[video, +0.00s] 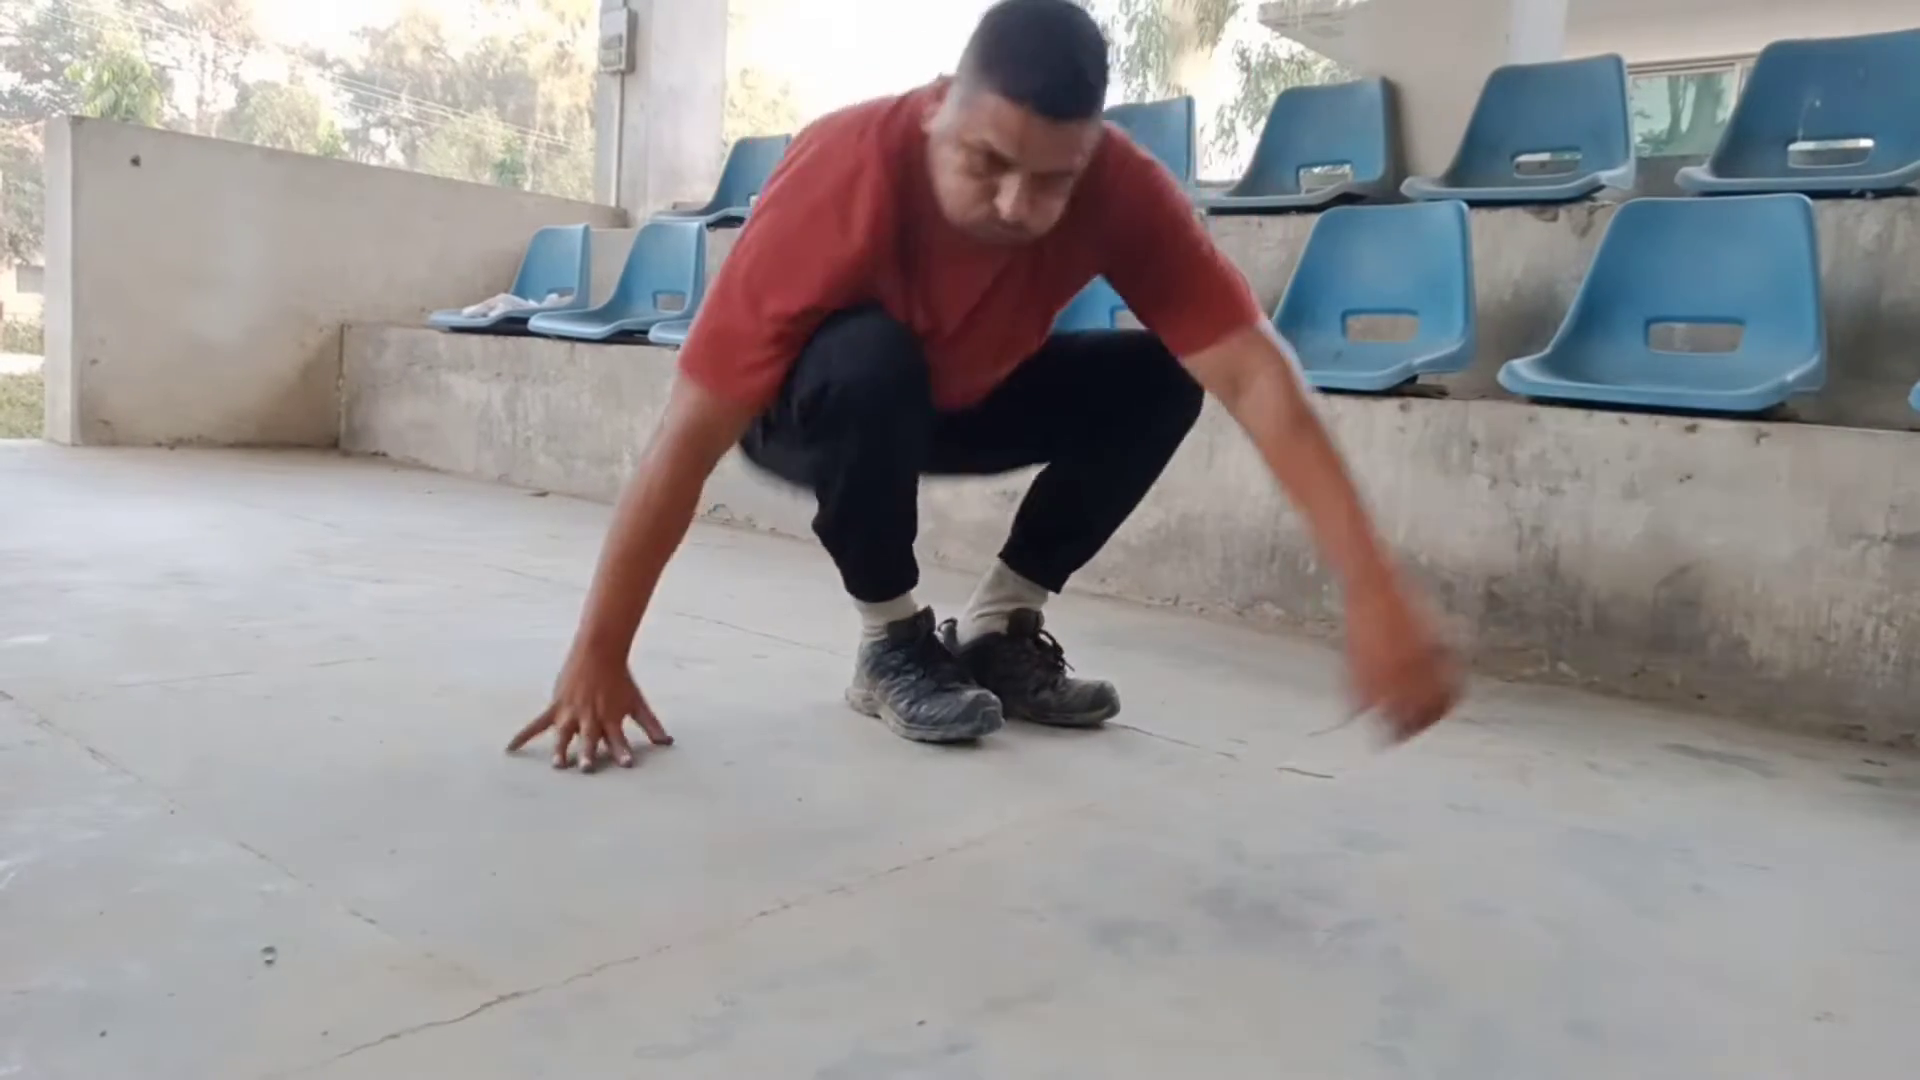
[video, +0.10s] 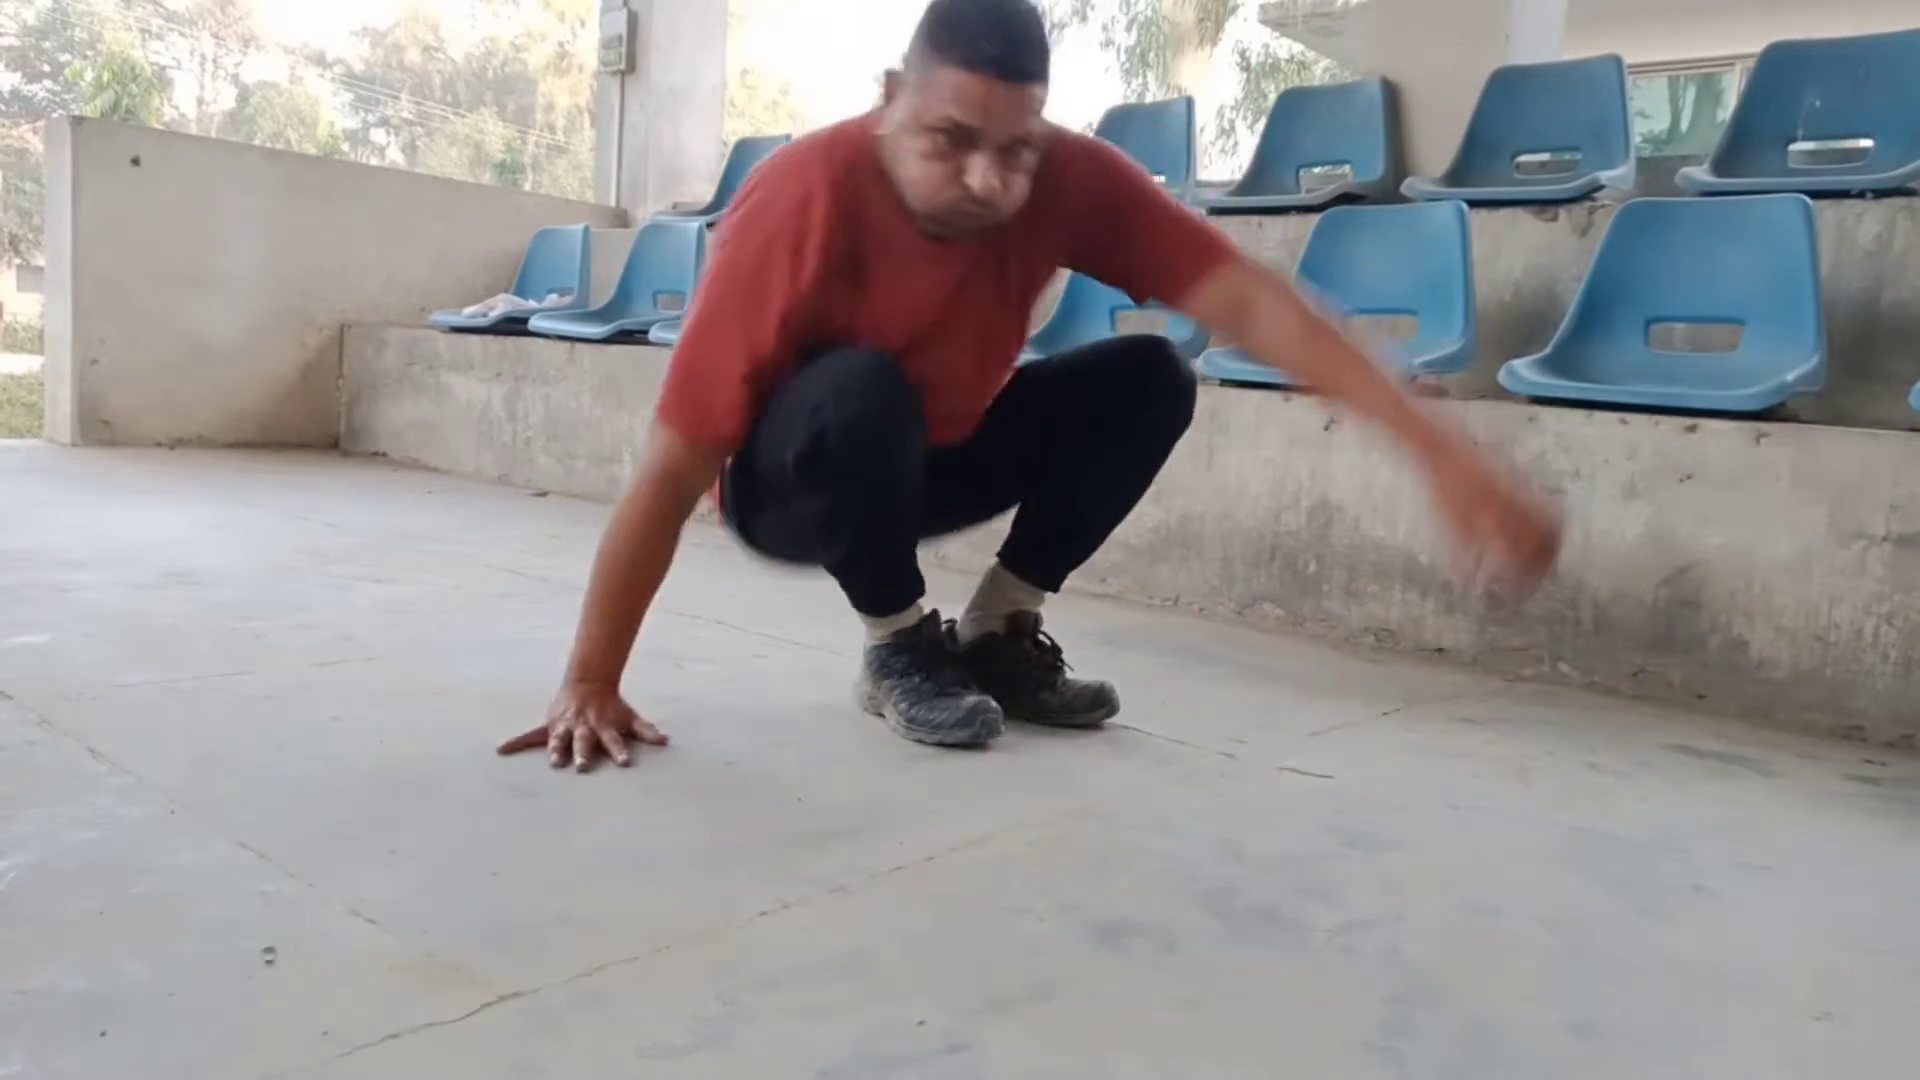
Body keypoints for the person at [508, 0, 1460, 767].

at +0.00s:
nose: (1020, 206)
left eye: (1056, 181)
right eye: (993, 167)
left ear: (1094, 150)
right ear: (945, 110)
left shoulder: (1121, 190)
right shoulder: (843, 176)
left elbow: (1256, 381)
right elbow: (694, 427)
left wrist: (1374, 590)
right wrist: (600, 652)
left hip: (966, 412)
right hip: (812, 411)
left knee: (1158, 375)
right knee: (872, 358)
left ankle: (1005, 632)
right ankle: (895, 642)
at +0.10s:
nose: (991, 180)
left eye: (1020, 148)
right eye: (956, 142)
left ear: (1047, 123)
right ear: (892, 111)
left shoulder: (1070, 178)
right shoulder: (800, 198)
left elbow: (1248, 300)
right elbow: (678, 459)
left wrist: (1448, 460)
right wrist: (593, 683)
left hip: (943, 461)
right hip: (791, 476)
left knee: (1150, 384)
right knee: (860, 390)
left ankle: (1000, 633)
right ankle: (902, 645)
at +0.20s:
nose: (928, 151)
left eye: (952, 121)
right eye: (894, 118)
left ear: (973, 104)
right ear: (820, 93)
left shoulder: (1000, 161)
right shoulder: (740, 212)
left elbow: (1212, 215)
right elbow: (631, 466)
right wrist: (584, 690)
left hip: (943, 477)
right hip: (785, 527)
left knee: (1147, 386)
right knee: (830, 433)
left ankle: (992, 632)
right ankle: (973, 638)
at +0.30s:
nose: (869, 127)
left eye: (890, 95)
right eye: (832, 95)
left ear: (908, 86)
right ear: (756, 82)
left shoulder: (929, 156)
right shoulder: (679, 224)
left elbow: (1135, 168)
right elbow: (610, 464)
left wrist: (1358, 166)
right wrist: (581, 687)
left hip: (920, 490)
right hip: (772, 567)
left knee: (1136, 385)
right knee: (837, 469)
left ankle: (983, 658)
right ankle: (1157, 680)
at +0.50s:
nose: (811, 144)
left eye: (829, 114)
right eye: (778, 112)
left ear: (843, 107)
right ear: (695, 106)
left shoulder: (858, 211)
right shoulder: (623, 243)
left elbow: (1041, 254)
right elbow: (562, 478)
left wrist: (1223, 245)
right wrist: (574, 687)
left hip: (878, 540)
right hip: (755, 632)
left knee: (1048, 345)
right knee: (885, 539)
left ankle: (976, 637)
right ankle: (1289, 771)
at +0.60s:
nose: (823, 184)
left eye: (837, 149)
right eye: (791, 151)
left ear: (846, 147)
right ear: (704, 147)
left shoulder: (852, 263)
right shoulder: (618, 261)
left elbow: (996, 337)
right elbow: (520, 481)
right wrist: (567, 687)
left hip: (861, 562)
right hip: (731, 650)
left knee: (995, 344)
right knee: (867, 558)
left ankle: (983, 618)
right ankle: (1284, 775)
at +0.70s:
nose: (827, 206)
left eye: (840, 178)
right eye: (799, 174)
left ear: (843, 171)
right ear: (705, 160)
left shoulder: (819, 270)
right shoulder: (608, 264)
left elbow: (905, 394)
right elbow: (502, 486)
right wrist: (568, 686)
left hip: (851, 563)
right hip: (734, 650)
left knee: (989, 340)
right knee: (887, 543)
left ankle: (1056, 612)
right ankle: (1287, 765)